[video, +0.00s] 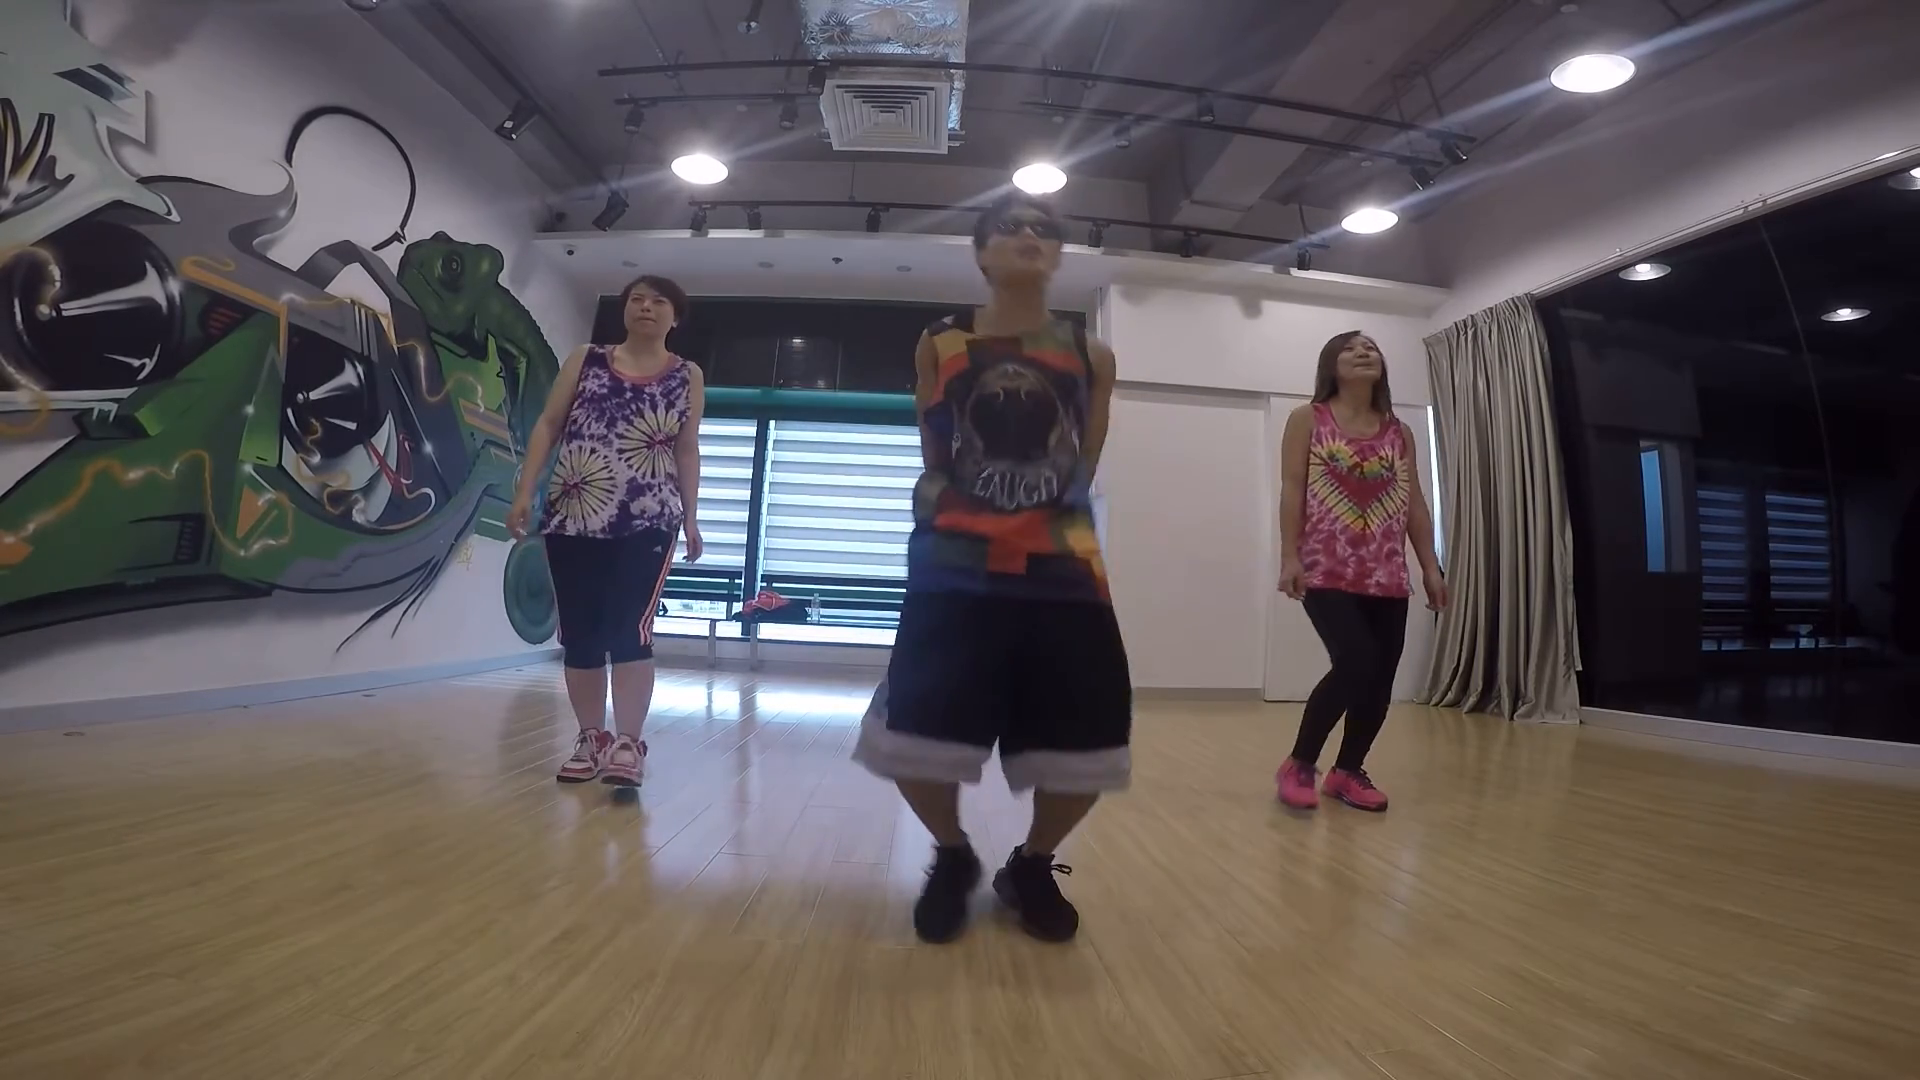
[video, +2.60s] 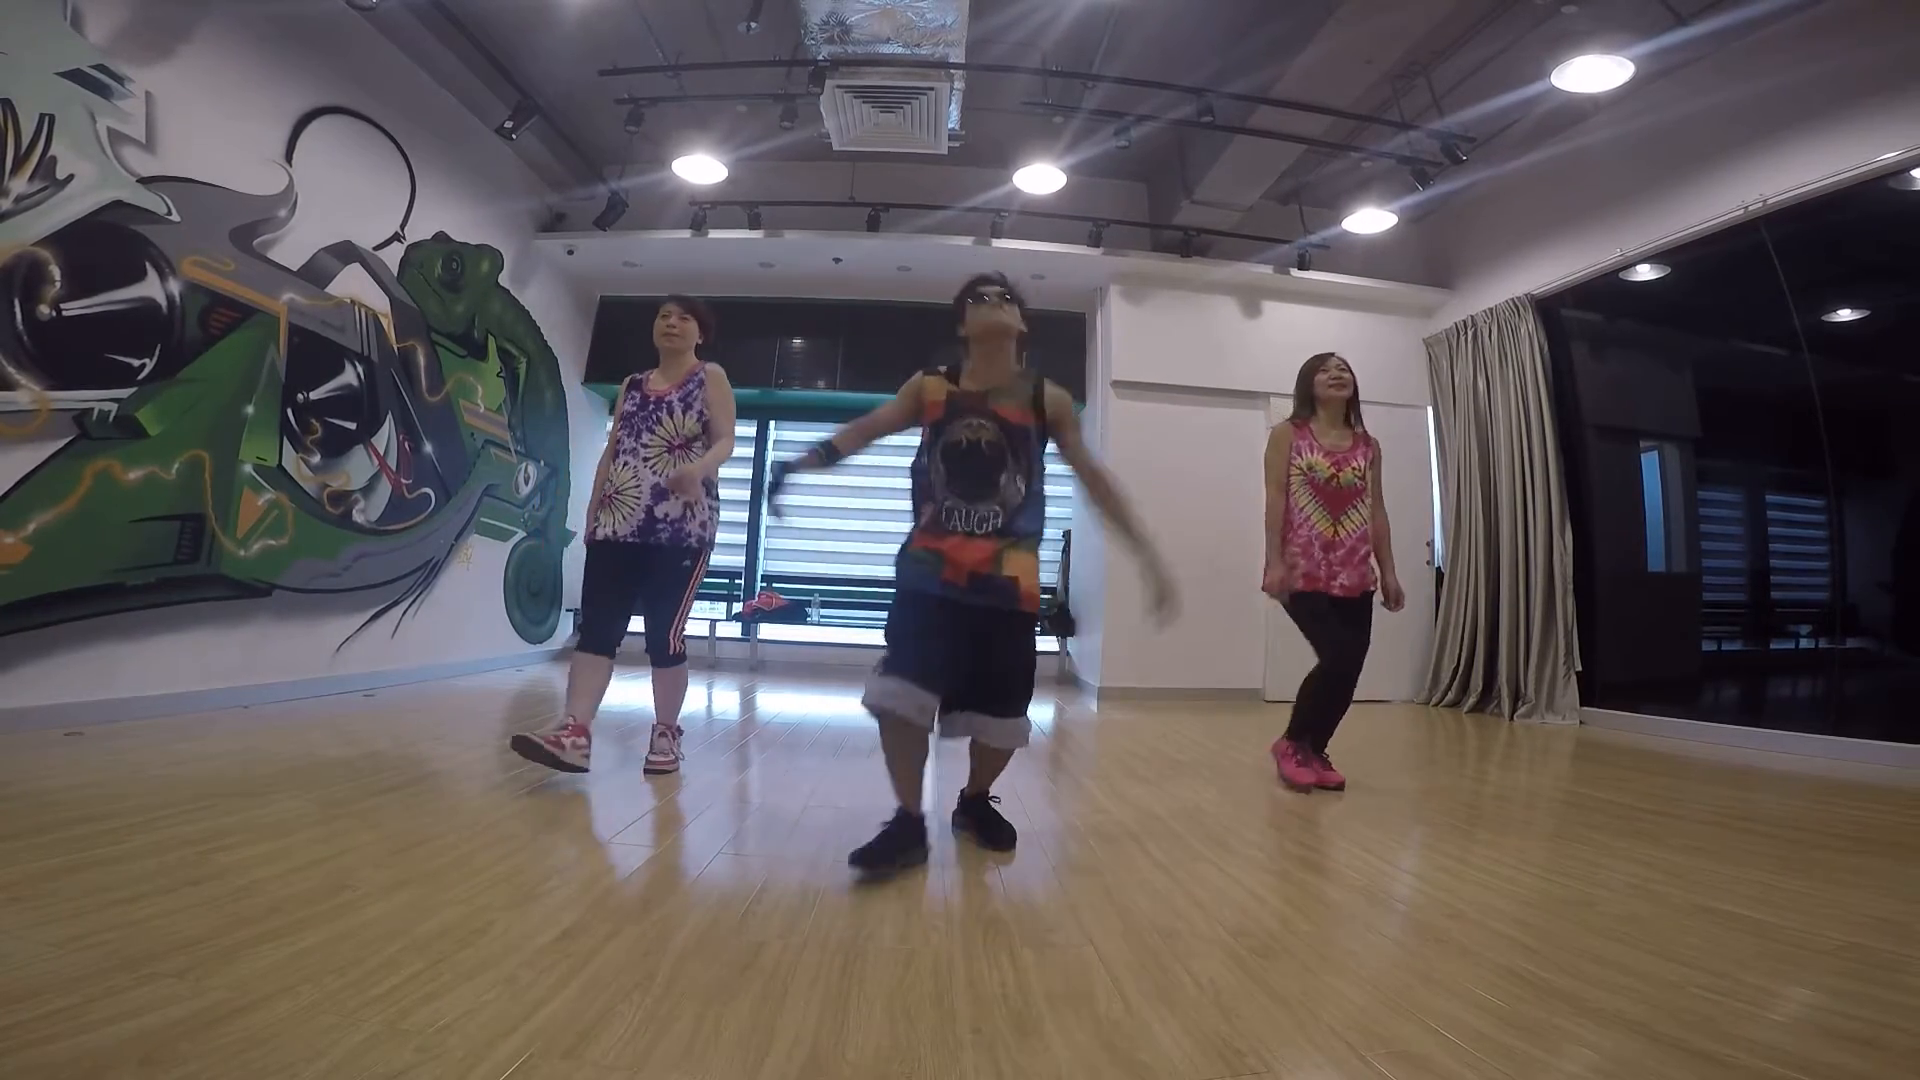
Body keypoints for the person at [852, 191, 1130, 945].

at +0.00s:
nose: (1027, 240)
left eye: (1042, 231)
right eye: (1010, 229)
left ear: (1060, 258)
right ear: (980, 253)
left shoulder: (1090, 359)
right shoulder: (940, 349)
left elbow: (1082, 470)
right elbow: (940, 460)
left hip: (1065, 580)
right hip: (956, 576)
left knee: (1092, 746)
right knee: (907, 743)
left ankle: (1032, 867)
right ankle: (952, 855)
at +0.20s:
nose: (985, 248)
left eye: (1001, 239)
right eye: (970, 235)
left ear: (1019, 262)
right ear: (945, 256)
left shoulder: (1060, 331)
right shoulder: (925, 359)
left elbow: (1114, 419)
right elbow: (917, 460)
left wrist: (1120, 525)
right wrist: (932, 533)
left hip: (1066, 568)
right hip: (966, 568)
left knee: (1073, 734)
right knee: (915, 725)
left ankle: (1025, 865)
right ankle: (950, 797)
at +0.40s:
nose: (959, 300)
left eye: (976, 293)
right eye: (945, 289)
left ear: (993, 317)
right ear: (920, 310)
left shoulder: (1031, 373)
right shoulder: (906, 421)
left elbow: (1101, 450)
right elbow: (891, 517)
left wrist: (1161, 529)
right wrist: (848, 565)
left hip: (1049, 596)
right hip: (954, 608)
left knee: (1083, 747)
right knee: (937, 758)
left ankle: (1022, 868)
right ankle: (968, 826)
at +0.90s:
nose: (1019, 291)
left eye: (1032, 283)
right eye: (1005, 280)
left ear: (1046, 302)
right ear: (980, 294)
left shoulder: (1053, 396)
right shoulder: (932, 359)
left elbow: (1050, 484)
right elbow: (877, 422)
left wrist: (1057, 552)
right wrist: (872, 495)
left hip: (1027, 556)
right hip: (939, 552)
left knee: (1069, 692)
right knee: (932, 708)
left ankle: (1036, 808)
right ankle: (964, 821)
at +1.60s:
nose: (965, 301)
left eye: (977, 293)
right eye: (950, 291)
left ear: (992, 314)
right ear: (928, 314)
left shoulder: (1030, 353)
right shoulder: (936, 406)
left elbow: (1102, 415)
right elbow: (960, 485)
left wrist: (1138, 504)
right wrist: (949, 554)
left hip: (1047, 569)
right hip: (959, 569)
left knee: (1040, 717)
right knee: (910, 702)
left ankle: (1005, 815)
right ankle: (935, 797)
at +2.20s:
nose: (991, 286)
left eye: (1003, 281)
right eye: (978, 279)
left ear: (1018, 306)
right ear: (955, 302)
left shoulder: (1029, 384)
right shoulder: (914, 359)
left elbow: (1030, 470)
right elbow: (872, 434)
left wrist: (1051, 542)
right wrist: (872, 490)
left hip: (1001, 555)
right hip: (920, 554)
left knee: (1025, 684)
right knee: (913, 705)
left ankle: (1007, 809)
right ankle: (936, 797)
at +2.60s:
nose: (994, 303)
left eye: (1004, 298)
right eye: (980, 298)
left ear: (1022, 324)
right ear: (961, 324)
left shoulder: (1048, 401)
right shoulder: (930, 388)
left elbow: (1097, 485)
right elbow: (863, 429)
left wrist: (1149, 558)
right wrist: (805, 460)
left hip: (1009, 583)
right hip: (930, 573)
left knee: (1004, 717)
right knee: (900, 696)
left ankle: (975, 801)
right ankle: (908, 822)